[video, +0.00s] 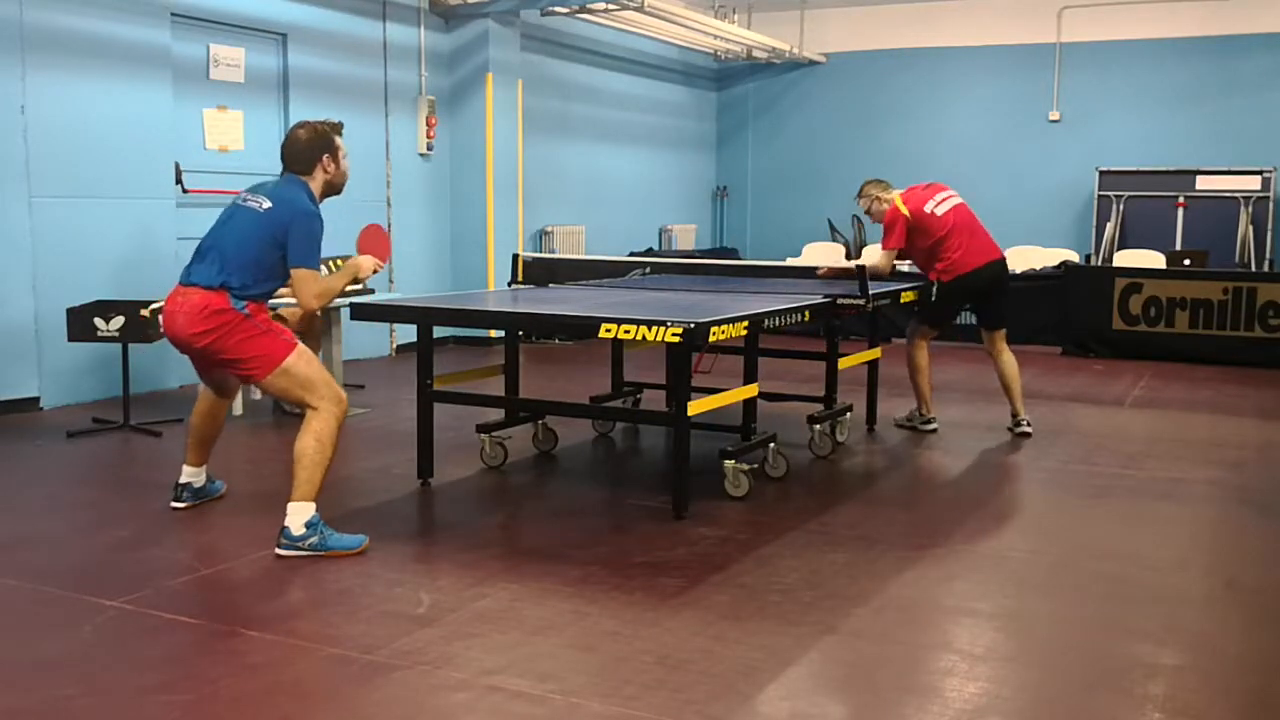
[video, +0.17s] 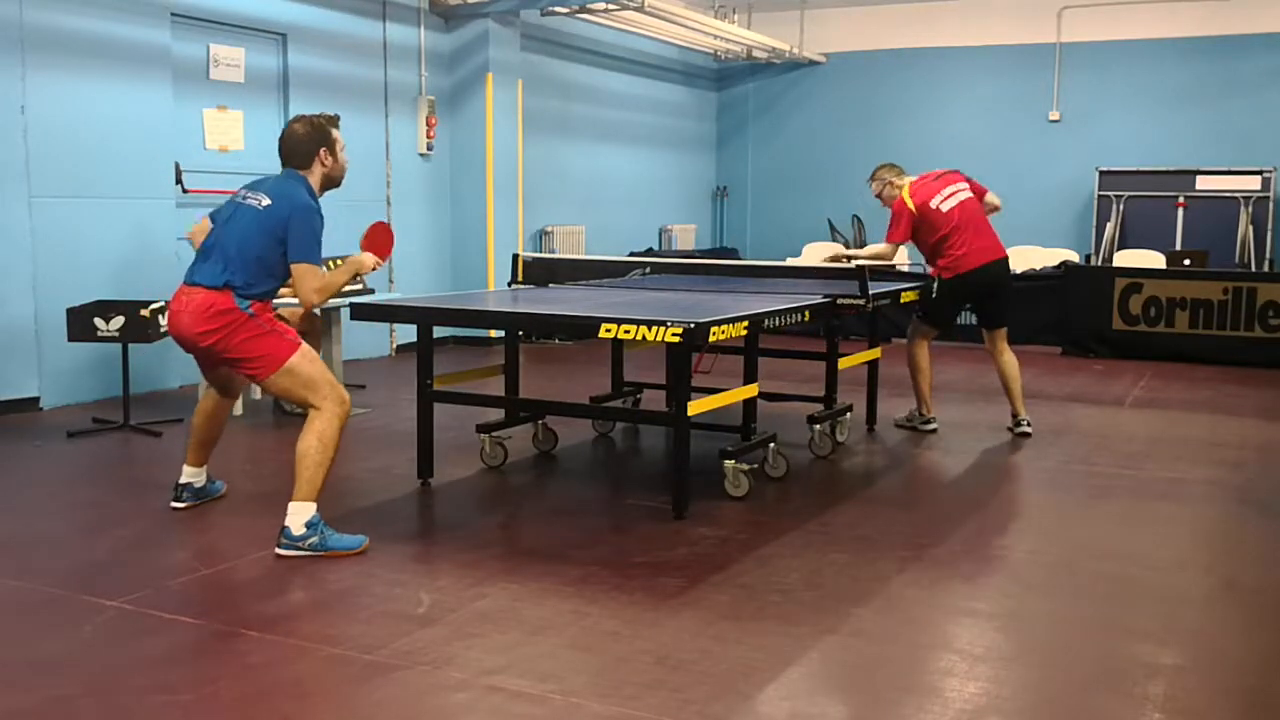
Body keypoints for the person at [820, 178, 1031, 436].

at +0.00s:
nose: (873, 219)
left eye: (870, 212)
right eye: (868, 214)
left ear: (882, 197)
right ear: (889, 191)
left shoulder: (896, 210)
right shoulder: (931, 188)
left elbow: (882, 269)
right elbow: (925, 249)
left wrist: (844, 271)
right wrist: (892, 254)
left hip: (955, 276)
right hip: (994, 266)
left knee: (918, 338)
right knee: (998, 345)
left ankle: (924, 414)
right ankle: (1021, 417)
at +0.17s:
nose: (882, 203)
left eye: (880, 195)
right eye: (878, 198)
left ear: (891, 183)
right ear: (900, 178)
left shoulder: (904, 201)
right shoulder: (950, 175)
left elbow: (888, 252)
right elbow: (993, 203)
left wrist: (849, 254)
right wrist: (960, 220)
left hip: (957, 272)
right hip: (996, 263)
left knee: (918, 337)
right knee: (1000, 345)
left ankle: (924, 413)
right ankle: (1021, 417)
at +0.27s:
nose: (890, 190)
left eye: (889, 181)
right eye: (887, 184)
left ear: (904, 169)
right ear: (913, 166)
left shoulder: (912, 192)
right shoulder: (961, 167)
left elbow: (890, 240)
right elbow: (1005, 190)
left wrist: (851, 233)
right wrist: (971, 203)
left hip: (957, 269)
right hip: (997, 262)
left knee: (922, 337)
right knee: (1001, 344)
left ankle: (924, 413)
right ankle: (1021, 417)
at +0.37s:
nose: (898, 173)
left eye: (899, 165)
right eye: (896, 167)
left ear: (915, 158)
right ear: (924, 155)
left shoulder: (918, 182)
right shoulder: (972, 161)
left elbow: (889, 225)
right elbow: (1014, 183)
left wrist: (861, 203)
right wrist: (980, 191)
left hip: (960, 269)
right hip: (999, 262)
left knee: (924, 336)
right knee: (1003, 342)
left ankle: (925, 412)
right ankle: (1021, 417)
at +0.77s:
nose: (899, 188)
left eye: (901, 180)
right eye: (898, 181)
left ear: (918, 176)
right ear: (929, 175)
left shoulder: (924, 198)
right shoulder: (975, 180)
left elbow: (907, 230)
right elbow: (1016, 174)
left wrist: (893, 232)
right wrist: (977, 176)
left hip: (964, 286)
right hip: (998, 279)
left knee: (909, 335)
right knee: (991, 354)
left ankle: (923, 409)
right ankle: (1017, 415)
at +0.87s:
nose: (885, 205)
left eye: (887, 197)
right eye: (883, 198)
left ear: (906, 192)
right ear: (910, 191)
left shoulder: (921, 208)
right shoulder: (949, 194)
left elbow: (921, 234)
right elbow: (973, 192)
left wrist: (925, 262)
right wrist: (962, 222)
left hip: (962, 296)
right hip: (992, 288)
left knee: (892, 325)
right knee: (979, 368)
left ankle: (918, 394)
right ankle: (1014, 412)